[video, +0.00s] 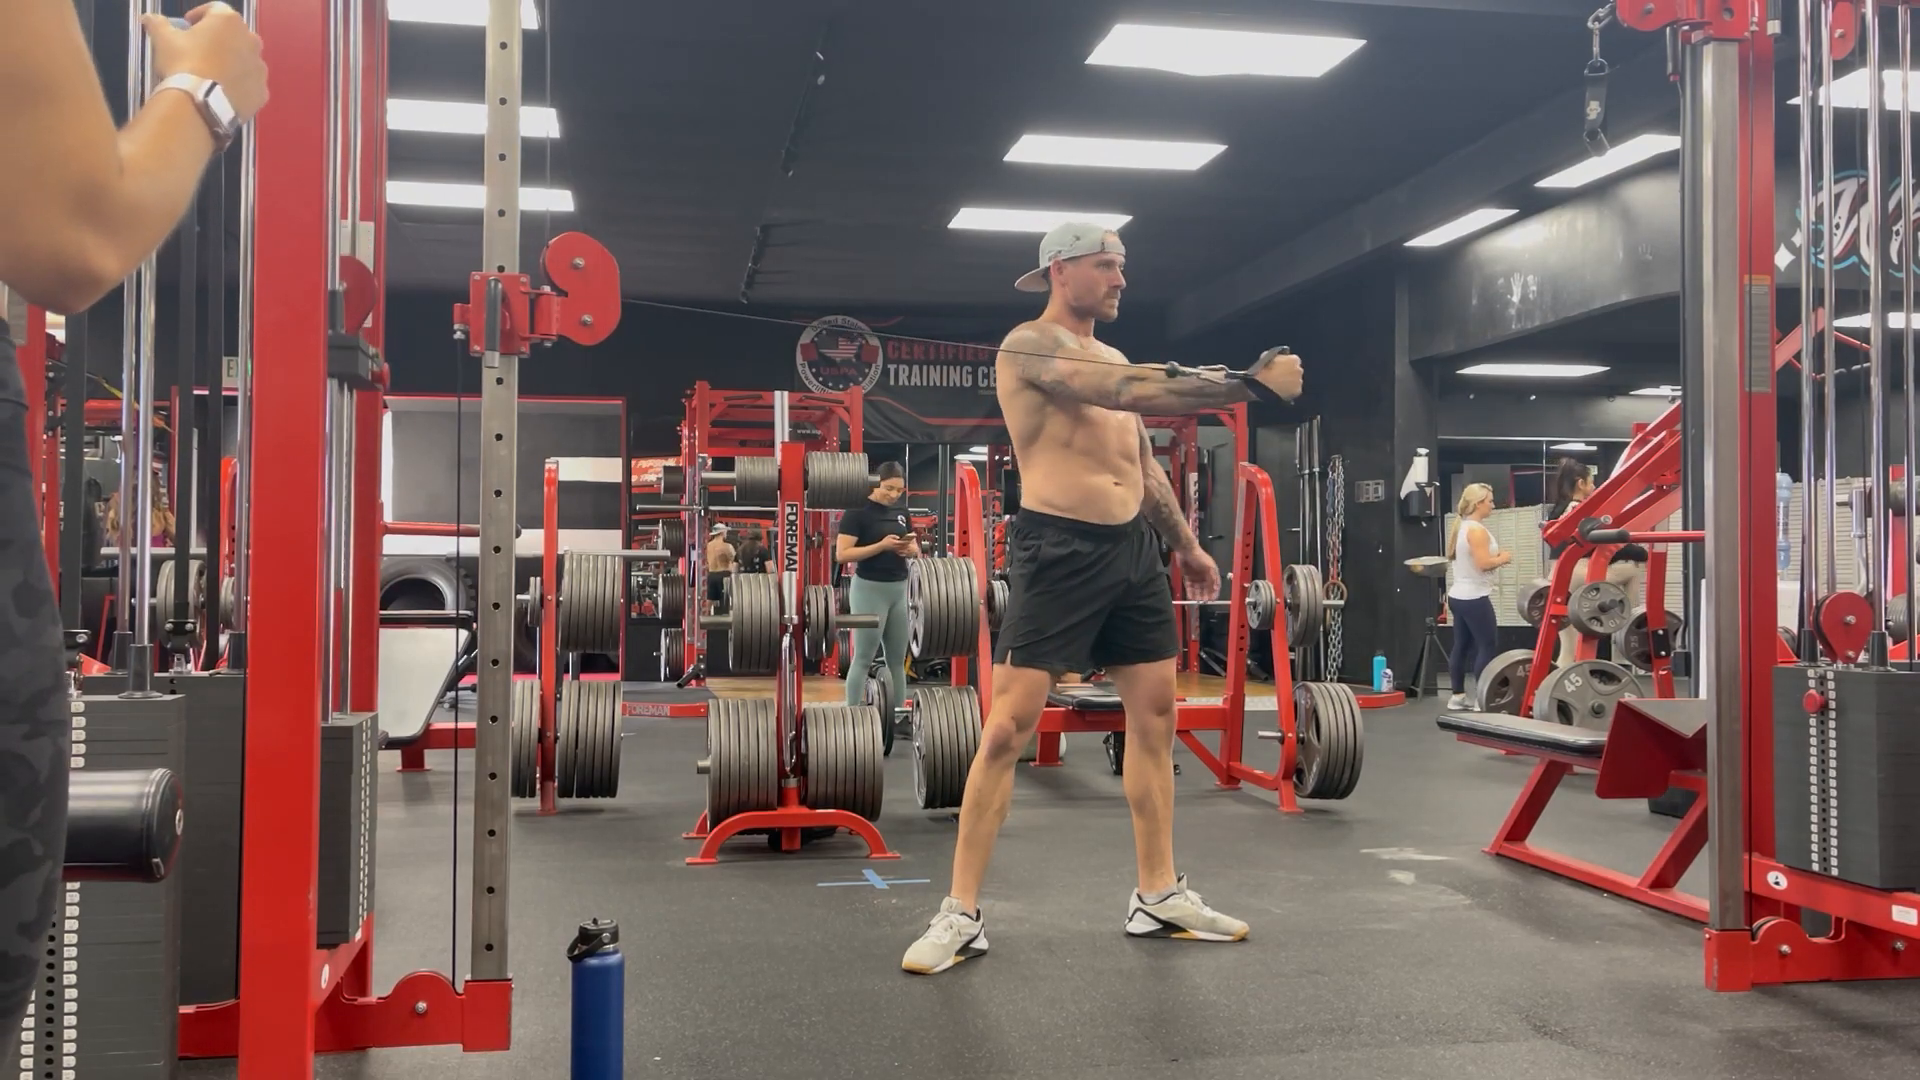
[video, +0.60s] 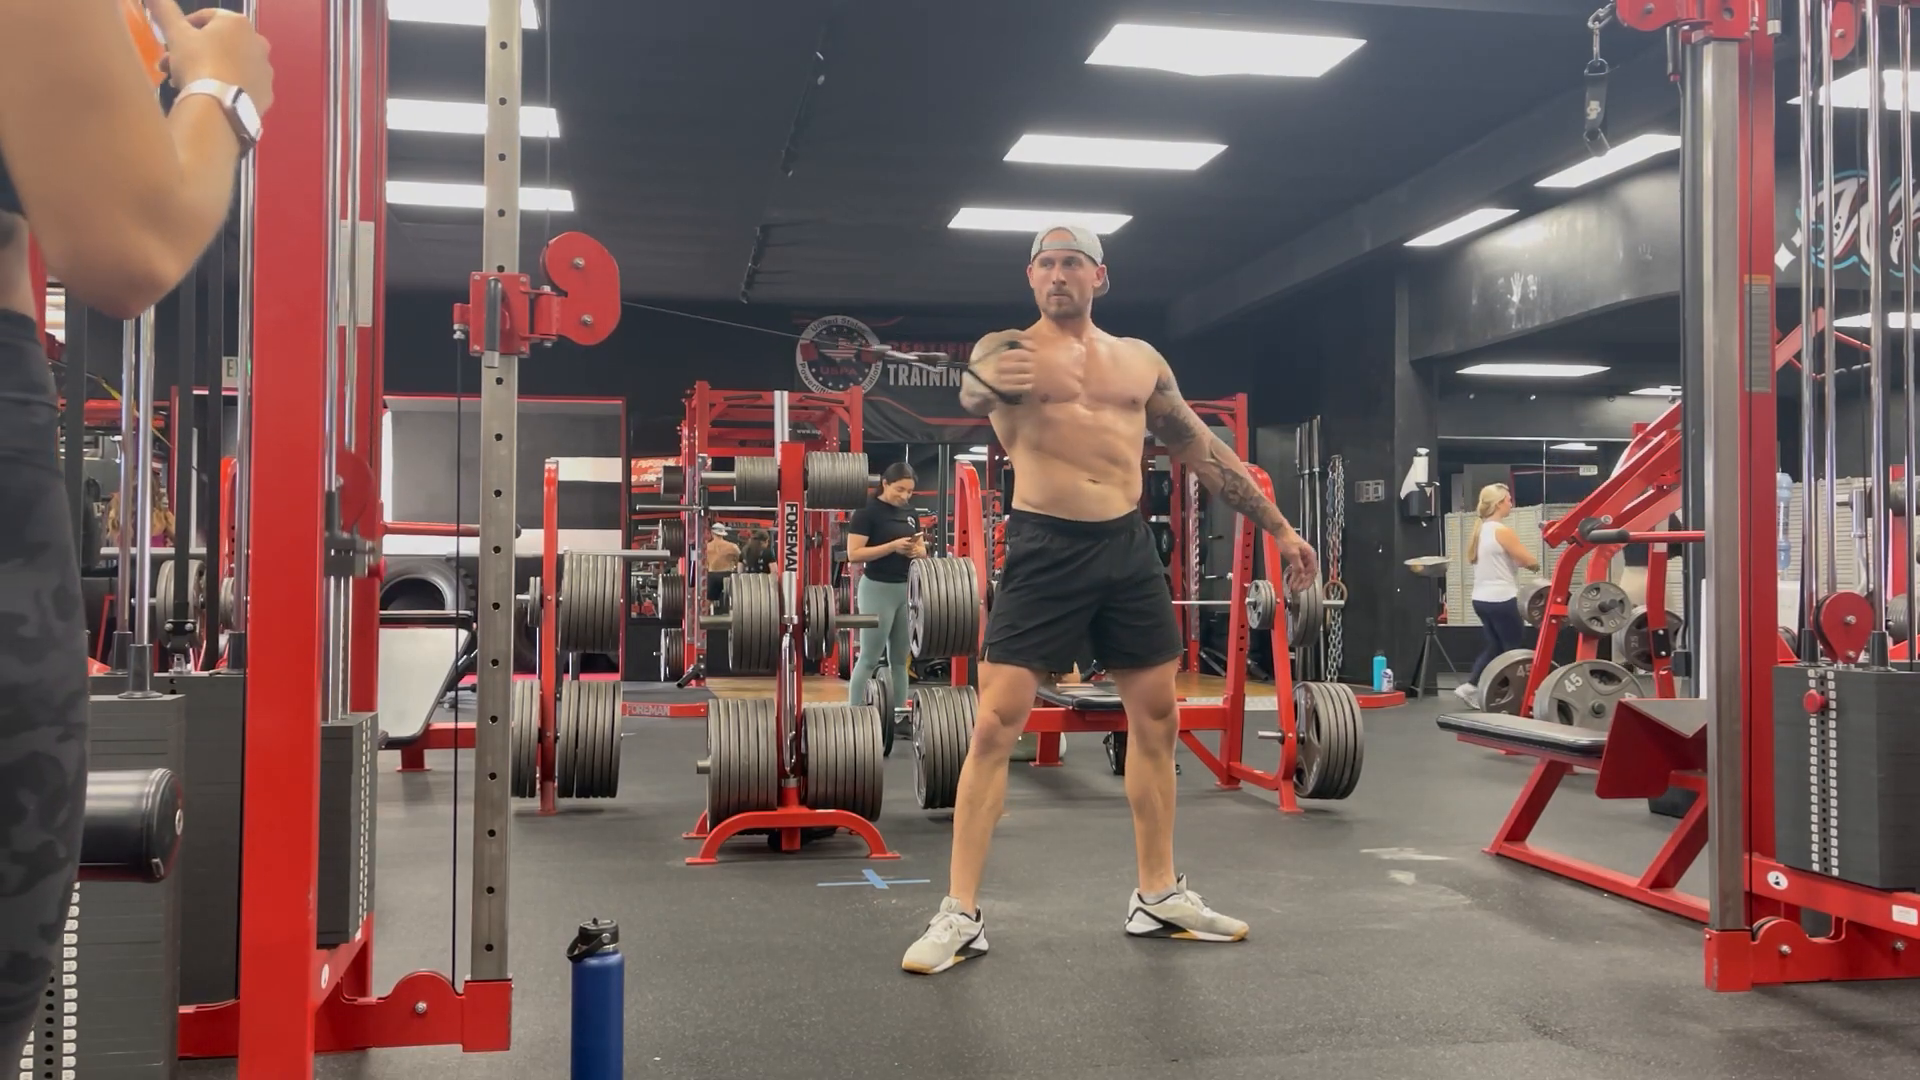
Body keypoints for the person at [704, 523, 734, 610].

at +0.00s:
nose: (726, 534)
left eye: (726, 532)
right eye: (725, 532)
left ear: (715, 533)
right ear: (722, 533)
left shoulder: (709, 545)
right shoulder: (727, 546)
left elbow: (708, 559)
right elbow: (733, 557)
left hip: (712, 572)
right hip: (724, 572)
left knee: (710, 600)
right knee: (725, 601)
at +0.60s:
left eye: (712, 534)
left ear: (713, 534)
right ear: (723, 534)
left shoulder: (708, 547)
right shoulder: (732, 546)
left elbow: (705, 561)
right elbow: (739, 558)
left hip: (712, 573)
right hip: (728, 573)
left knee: (710, 600)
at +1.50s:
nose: (725, 535)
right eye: (725, 533)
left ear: (714, 533)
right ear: (724, 534)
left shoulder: (708, 545)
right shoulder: (726, 547)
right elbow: (735, 558)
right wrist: (730, 567)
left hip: (710, 572)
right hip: (723, 572)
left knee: (709, 600)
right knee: (723, 601)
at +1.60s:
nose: (727, 535)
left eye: (727, 533)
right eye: (726, 533)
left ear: (715, 534)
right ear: (723, 534)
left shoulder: (709, 545)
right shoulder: (724, 546)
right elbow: (732, 559)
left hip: (710, 572)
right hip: (722, 572)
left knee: (710, 599)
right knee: (723, 599)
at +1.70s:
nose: (728, 535)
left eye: (728, 533)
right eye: (727, 533)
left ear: (717, 534)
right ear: (723, 534)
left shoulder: (709, 545)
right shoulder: (722, 547)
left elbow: (728, 552)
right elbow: (729, 561)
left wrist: (735, 555)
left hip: (711, 572)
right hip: (722, 573)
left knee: (711, 600)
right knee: (723, 600)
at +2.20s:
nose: (728, 536)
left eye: (728, 534)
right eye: (727, 534)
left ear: (718, 534)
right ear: (723, 534)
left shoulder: (710, 545)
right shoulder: (722, 547)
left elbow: (727, 552)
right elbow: (726, 564)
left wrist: (735, 555)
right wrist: (733, 574)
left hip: (711, 572)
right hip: (721, 572)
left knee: (710, 599)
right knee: (722, 600)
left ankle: (707, 616)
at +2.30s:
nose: (727, 536)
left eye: (727, 534)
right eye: (727, 534)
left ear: (716, 533)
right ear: (723, 534)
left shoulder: (709, 545)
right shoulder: (723, 546)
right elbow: (728, 560)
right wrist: (734, 567)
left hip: (711, 572)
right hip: (721, 572)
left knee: (710, 599)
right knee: (723, 599)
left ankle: (707, 616)